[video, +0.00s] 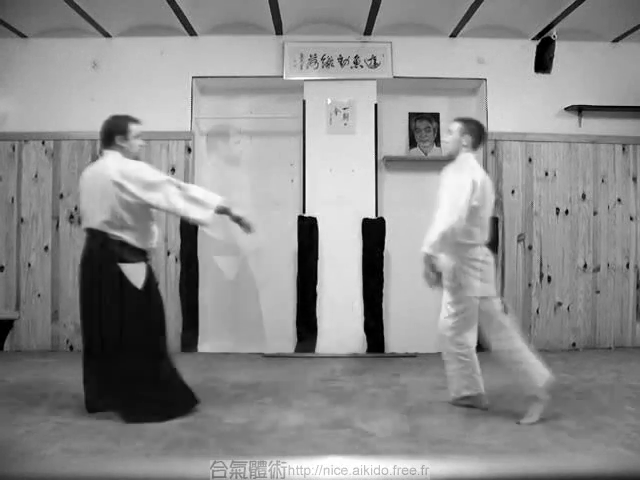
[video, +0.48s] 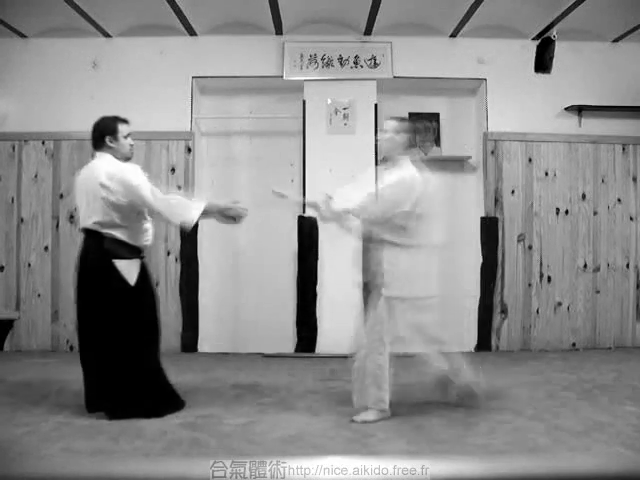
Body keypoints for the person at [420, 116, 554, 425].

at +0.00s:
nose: (444, 138)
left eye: (450, 133)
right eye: (445, 132)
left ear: (466, 140)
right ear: (468, 142)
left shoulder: (461, 172)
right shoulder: (477, 173)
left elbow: (450, 217)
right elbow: (476, 229)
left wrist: (428, 251)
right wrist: (441, 257)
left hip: (466, 261)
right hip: (475, 260)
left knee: (455, 330)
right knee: (496, 327)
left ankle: (469, 395)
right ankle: (541, 383)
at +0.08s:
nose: (440, 138)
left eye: (445, 133)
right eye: (441, 133)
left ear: (461, 139)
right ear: (460, 139)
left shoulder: (458, 171)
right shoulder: (457, 169)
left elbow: (444, 216)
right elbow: (436, 213)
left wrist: (420, 247)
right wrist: (422, 248)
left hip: (462, 259)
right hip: (461, 258)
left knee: (457, 329)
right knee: (463, 328)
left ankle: (469, 394)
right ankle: (514, 379)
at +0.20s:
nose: (423, 137)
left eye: (430, 133)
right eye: (425, 132)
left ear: (447, 139)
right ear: (446, 140)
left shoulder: (447, 171)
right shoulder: (448, 169)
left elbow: (431, 217)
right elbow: (430, 218)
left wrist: (401, 248)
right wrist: (416, 250)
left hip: (454, 265)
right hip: (455, 263)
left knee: (420, 326)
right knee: (459, 333)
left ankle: (467, 390)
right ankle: (472, 393)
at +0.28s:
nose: (420, 138)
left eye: (428, 133)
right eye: (416, 132)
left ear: (441, 139)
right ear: (412, 138)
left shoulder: (442, 176)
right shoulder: (416, 176)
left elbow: (422, 222)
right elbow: (400, 216)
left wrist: (386, 236)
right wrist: (374, 239)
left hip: (439, 264)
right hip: (416, 263)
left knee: (450, 327)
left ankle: (476, 391)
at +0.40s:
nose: (395, 138)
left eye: (403, 133)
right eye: (395, 132)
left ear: (421, 140)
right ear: (400, 140)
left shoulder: (427, 177)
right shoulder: (399, 177)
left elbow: (407, 223)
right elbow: (390, 220)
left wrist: (368, 225)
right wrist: (361, 225)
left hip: (414, 272)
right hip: (402, 271)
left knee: (380, 333)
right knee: (436, 332)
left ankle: (375, 404)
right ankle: (473, 385)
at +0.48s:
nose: (380, 138)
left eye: (388, 133)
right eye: (382, 132)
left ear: (406, 140)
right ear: (395, 141)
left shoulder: (406, 178)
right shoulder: (414, 174)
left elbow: (373, 211)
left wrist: (335, 213)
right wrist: (335, 207)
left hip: (398, 271)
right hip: (410, 268)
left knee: (375, 337)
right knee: (419, 331)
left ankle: (376, 406)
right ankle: (463, 379)